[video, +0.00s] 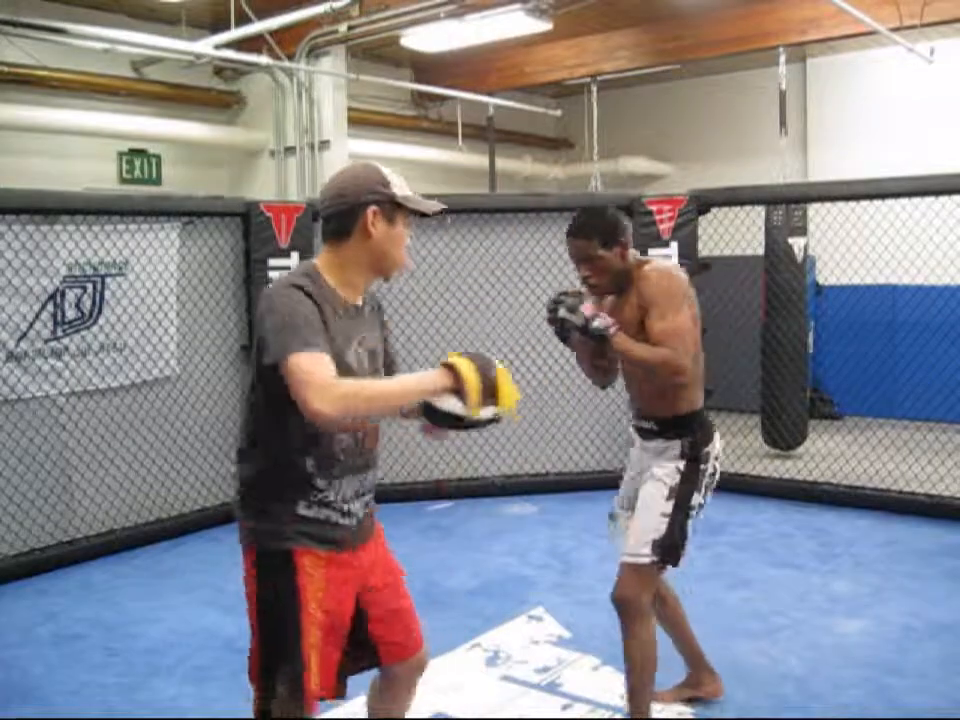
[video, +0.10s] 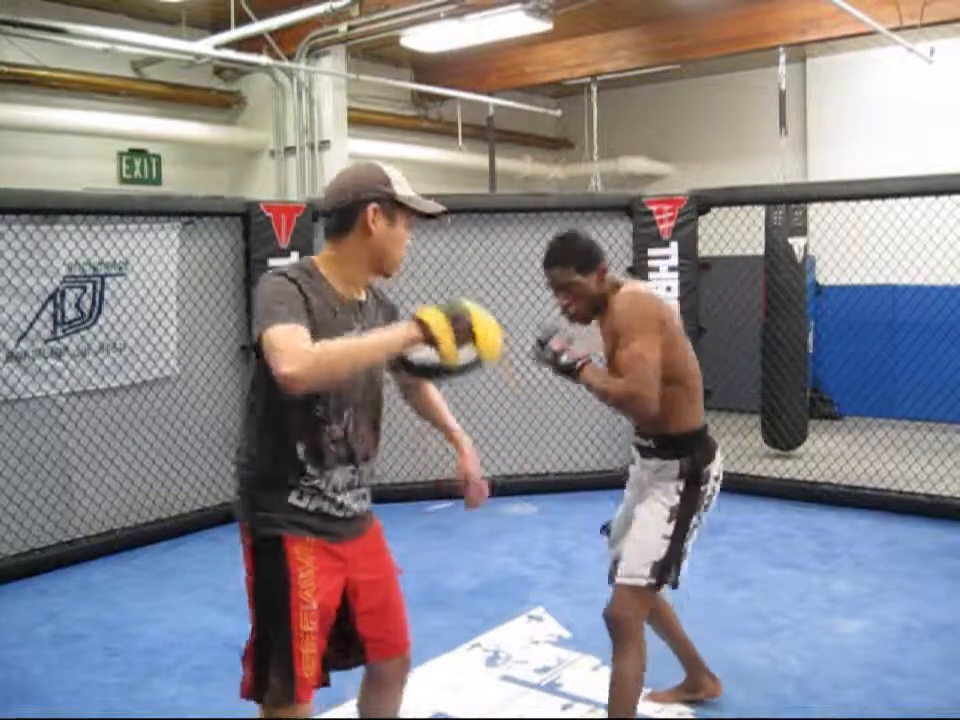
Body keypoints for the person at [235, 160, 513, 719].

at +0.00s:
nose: (410, 240)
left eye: (410, 226)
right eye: (403, 223)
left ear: (369, 225)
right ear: (371, 223)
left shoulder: (368, 306)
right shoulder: (289, 301)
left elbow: (371, 396)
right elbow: (321, 401)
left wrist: (426, 412)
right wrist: (443, 380)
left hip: (358, 527)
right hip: (292, 540)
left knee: (405, 663)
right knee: (290, 700)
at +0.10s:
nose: (409, 242)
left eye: (411, 229)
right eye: (406, 227)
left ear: (371, 223)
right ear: (371, 220)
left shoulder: (377, 301)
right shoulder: (282, 285)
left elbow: (414, 379)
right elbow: (293, 367)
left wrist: (462, 442)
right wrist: (405, 337)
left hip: (354, 512)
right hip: (288, 518)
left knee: (390, 663)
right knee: (289, 694)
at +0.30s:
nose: (406, 239)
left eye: (410, 228)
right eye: (404, 225)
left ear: (368, 218)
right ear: (374, 216)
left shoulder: (351, 293)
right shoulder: (292, 279)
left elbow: (341, 400)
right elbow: (361, 354)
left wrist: (395, 451)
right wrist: (412, 266)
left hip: (335, 507)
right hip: (282, 511)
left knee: (371, 643)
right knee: (281, 687)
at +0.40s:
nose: (392, 249)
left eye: (394, 235)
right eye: (389, 233)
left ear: (348, 227)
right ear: (360, 226)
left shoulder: (312, 291)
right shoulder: (320, 294)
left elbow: (292, 408)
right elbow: (407, 394)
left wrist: (359, 445)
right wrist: (462, 317)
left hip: (321, 514)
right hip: (274, 520)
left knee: (370, 642)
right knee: (243, 690)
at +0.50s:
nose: (376, 252)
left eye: (377, 238)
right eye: (371, 237)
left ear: (338, 235)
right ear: (341, 234)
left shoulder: (307, 302)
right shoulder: (290, 306)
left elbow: (301, 415)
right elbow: (354, 421)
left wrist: (369, 425)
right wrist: (443, 383)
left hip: (311, 520)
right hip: (259, 529)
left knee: (373, 642)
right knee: (220, 694)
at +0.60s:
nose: (354, 261)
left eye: (355, 246)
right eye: (348, 245)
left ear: (312, 245)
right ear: (312, 243)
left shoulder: (306, 319)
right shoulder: (238, 318)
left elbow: (312, 407)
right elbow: (235, 425)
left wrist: (374, 449)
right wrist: (341, 390)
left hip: (302, 527)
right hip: (238, 540)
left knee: (374, 655)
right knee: (212, 703)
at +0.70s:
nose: (324, 261)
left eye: (325, 248)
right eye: (319, 248)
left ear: (290, 250)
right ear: (288, 248)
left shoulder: (296, 321)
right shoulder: (197, 328)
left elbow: (301, 411)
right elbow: (192, 443)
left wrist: (326, 473)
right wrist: (267, 363)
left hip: (275, 531)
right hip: (206, 542)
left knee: (352, 660)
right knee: (193, 704)